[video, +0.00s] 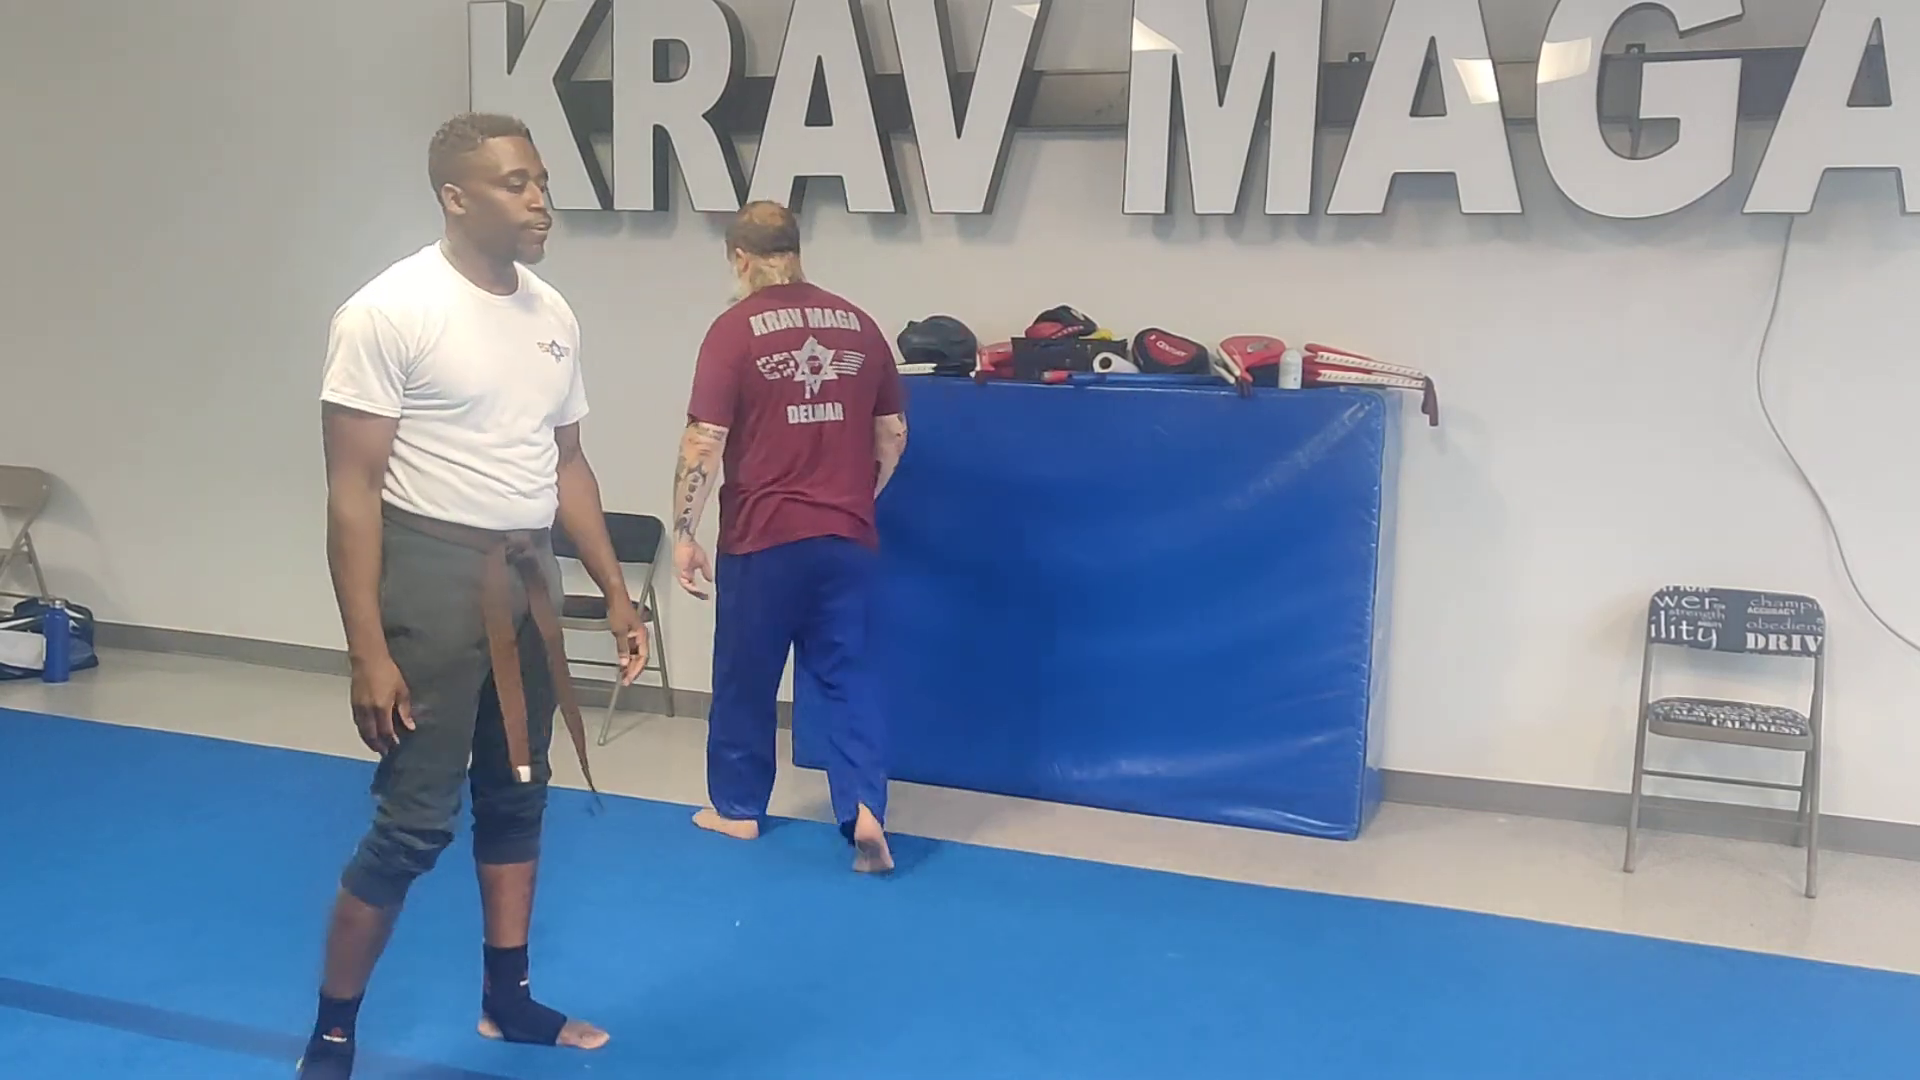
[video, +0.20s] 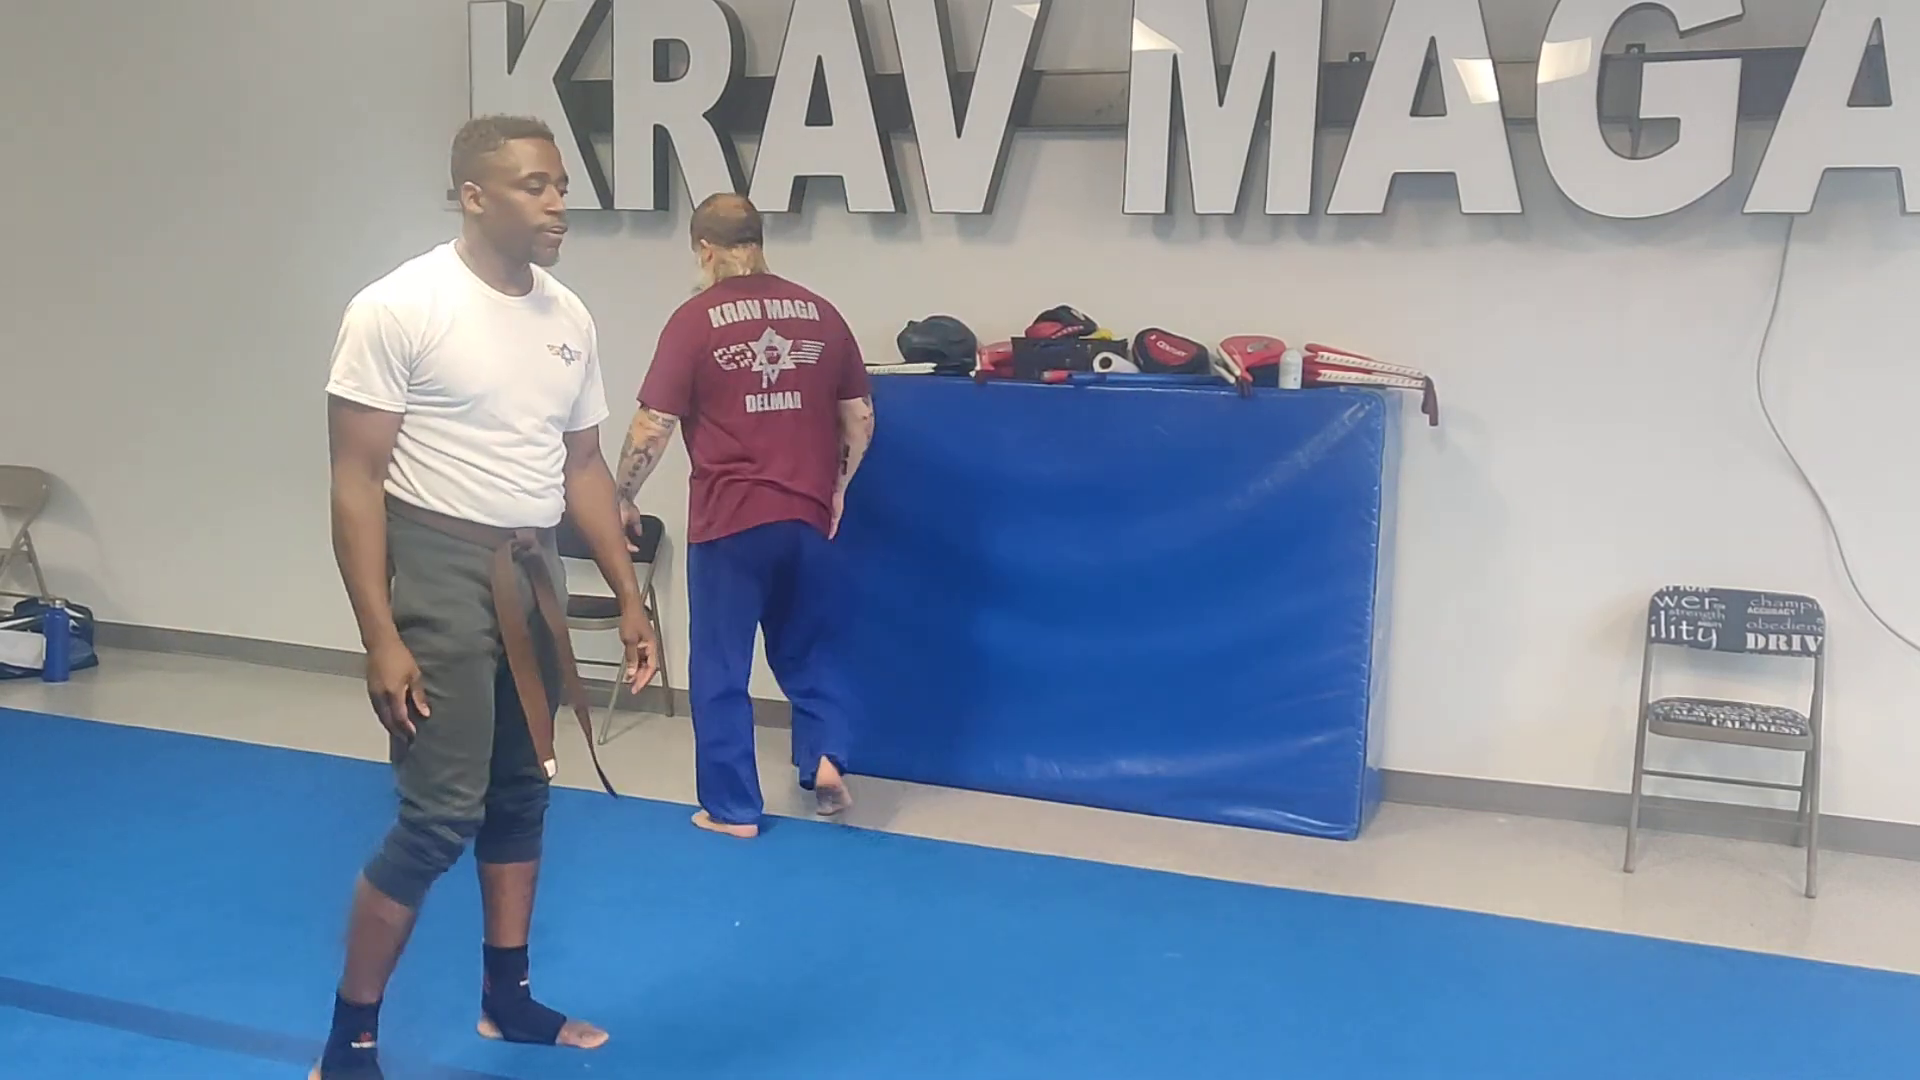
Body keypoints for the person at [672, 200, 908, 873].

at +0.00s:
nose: (731, 270)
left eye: (730, 261)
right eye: (734, 260)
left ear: (739, 259)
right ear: (798, 256)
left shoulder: (734, 329)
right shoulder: (859, 323)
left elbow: (704, 444)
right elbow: (890, 436)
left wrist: (684, 532)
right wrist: (853, 502)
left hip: (765, 532)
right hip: (848, 529)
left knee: (745, 678)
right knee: (845, 674)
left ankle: (739, 809)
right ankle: (864, 807)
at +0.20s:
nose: (696, 262)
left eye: (695, 253)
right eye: (696, 253)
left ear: (706, 251)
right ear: (761, 247)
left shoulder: (696, 318)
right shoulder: (821, 311)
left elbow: (650, 431)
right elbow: (860, 418)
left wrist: (623, 498)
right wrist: (836, 485)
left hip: (731, 515)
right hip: (810, 511)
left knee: (721, 669)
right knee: (807, 647)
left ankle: (733, 809)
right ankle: (825, 756)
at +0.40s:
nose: (677, 270)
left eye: (677, 260)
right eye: (679, 260)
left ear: (688, 257)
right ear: (739, 253)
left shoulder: (678, 325)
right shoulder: (797, 322)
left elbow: (622, 427)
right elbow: (831, 429)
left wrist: (579, 471)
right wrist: (808, 490)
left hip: (706, 518)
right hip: (780, 517)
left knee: (706, 665)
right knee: (763, 654)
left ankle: (731, 806)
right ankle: (733, 772)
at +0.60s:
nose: (663, 278)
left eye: (664, 269)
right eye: (665, 268)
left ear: (677, 266)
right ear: (724, 265)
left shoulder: (670, 328)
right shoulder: (773, 328)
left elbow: (628, 431)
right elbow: (801, 429)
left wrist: (586, 501)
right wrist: (767, 487)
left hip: (683, 515)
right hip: (753, 515)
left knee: (656, 640)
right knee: (726, 637)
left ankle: (711, 745)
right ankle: (718, 772)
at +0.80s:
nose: (631, 278)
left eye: (632, 267)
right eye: (630, 268)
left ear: (654, 261)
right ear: (692, 261)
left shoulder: (652, 322)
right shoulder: (745, 323)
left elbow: (628, 421)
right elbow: (765, 416)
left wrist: (609, 499)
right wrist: (730, 472)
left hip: (658, 505)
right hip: (729, 506)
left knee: (614, 628)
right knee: (723, 640)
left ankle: (628, 758)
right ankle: (724, 767)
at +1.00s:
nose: (579, 287)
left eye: (581, 275)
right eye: (579, 276)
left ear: (603, 274)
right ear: (637, 270)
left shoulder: (606, 334)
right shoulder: (694, 326)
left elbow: (598, 434)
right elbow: (719, 414)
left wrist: (579, 515)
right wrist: (684, 468)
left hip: (633, 514)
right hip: (700, 508)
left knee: (595, 631)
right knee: (704, 638)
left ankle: (579, 744)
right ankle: (723, 758)